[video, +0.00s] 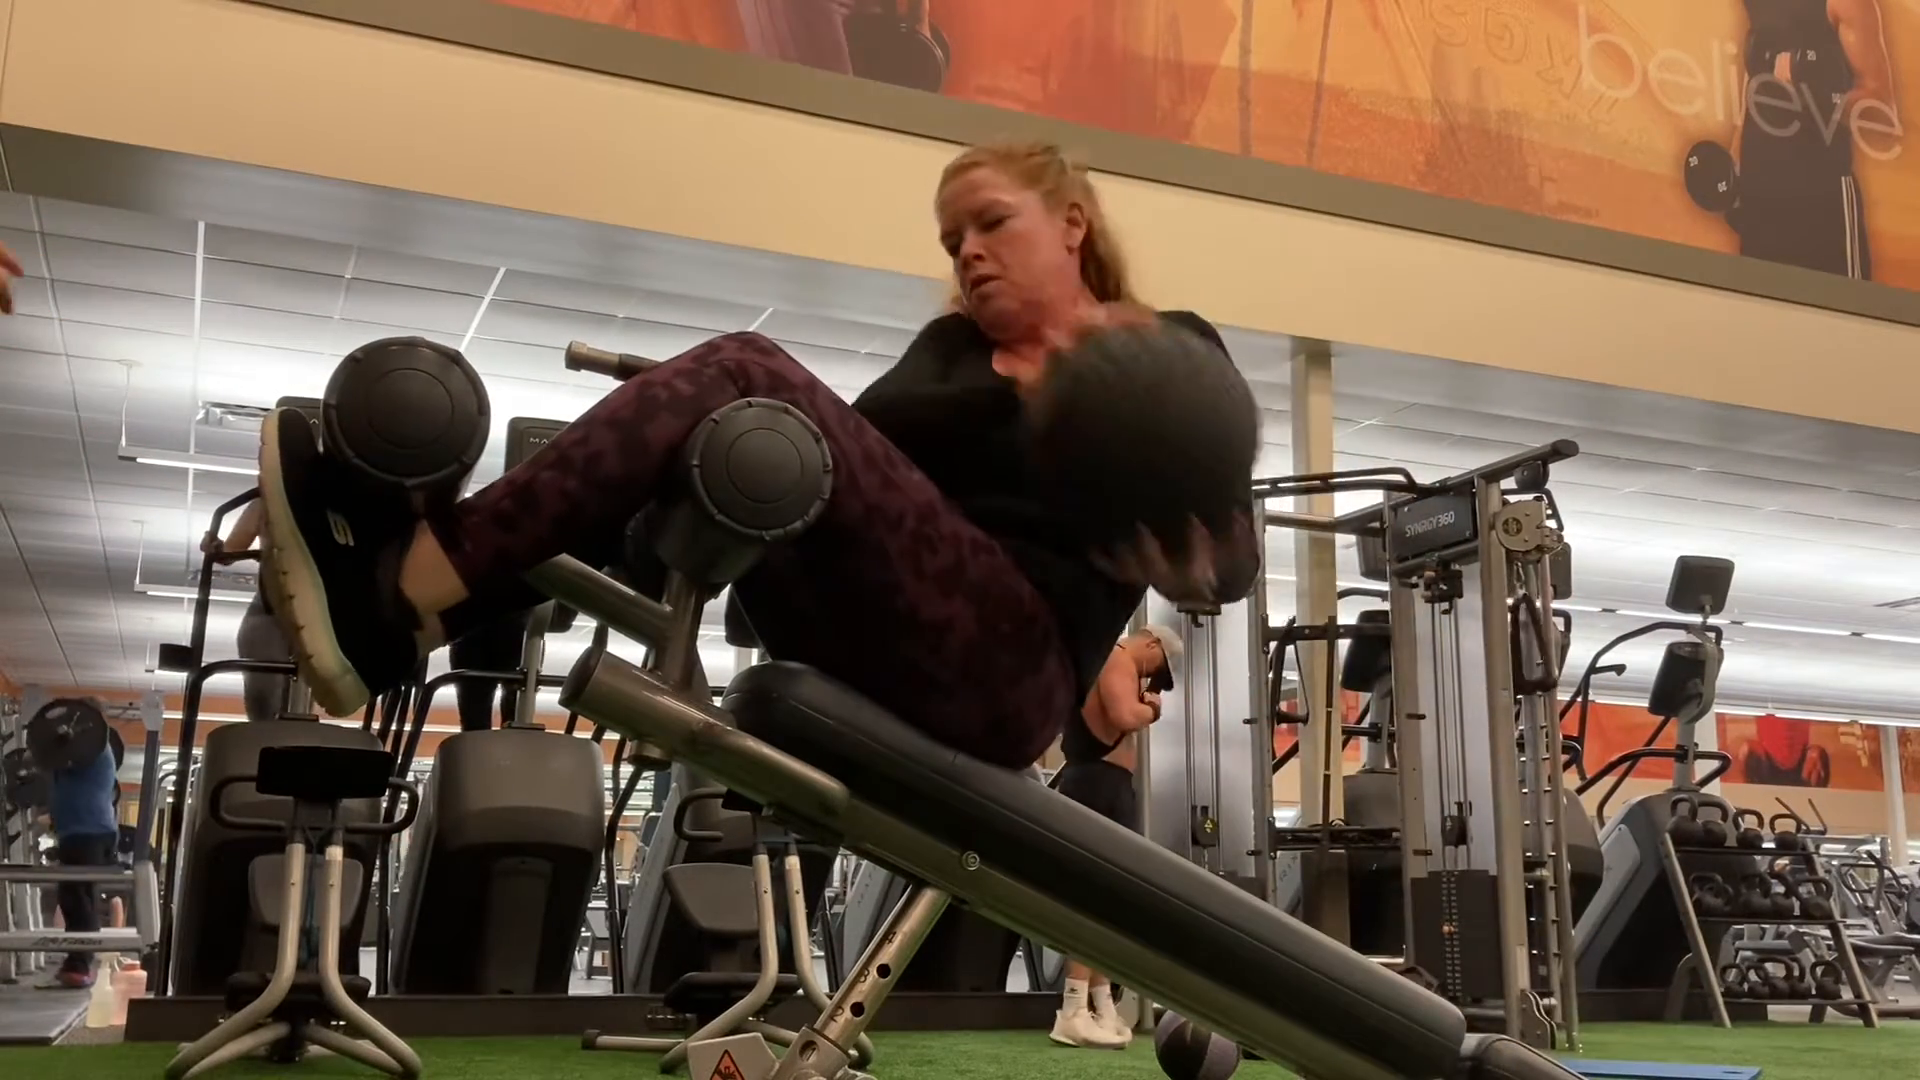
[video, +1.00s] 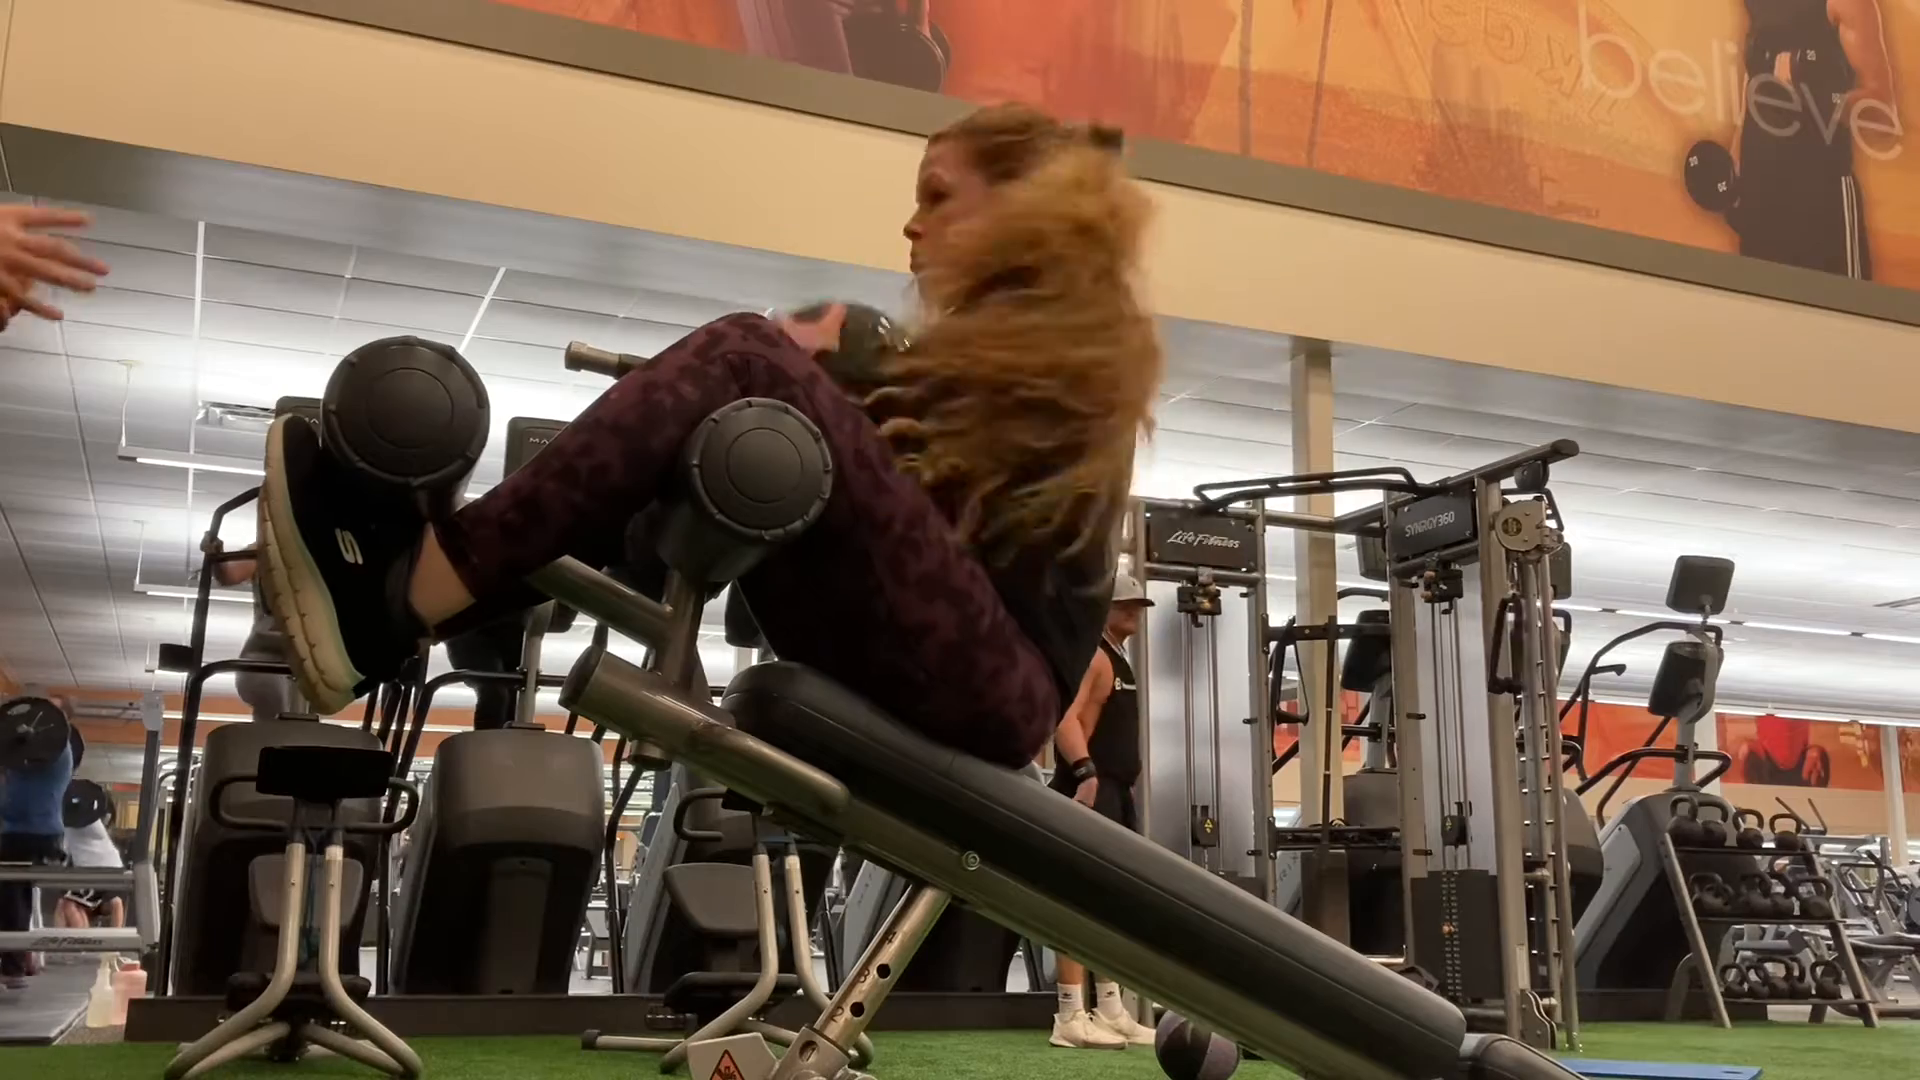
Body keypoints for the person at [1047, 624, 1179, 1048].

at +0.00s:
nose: (1152, 673)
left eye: (1156, 670)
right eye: (1156, 664)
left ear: (1142, 641)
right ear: (1150, 643)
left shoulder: (1101, 655)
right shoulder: (1120, 657)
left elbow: (1096, 723)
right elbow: (1121, 716)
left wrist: (1143, 700)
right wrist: (1152, 710)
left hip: (1088, 782)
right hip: (1100, 785)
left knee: (1101, 900)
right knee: (1090, 900)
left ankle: (1102, 1009)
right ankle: (1072, 1013)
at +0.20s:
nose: (1151, 671)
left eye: (1156, 668)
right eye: (1155, 665)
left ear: (1148, 647)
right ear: (1149, 645)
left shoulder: (1123, 670)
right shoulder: (1111, 660)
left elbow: (1112, 726)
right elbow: (1094, 715)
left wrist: (1136, 709)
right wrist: (1136, 710)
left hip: (1108, 786)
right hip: (1087, 784)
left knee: (1100, 900)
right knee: (1082, 899)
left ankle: (1101, 1010)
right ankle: (1071, 1016)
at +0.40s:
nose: (1145, 665)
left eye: (1150, 662)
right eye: (1149, 658)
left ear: (1139, 642)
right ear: (1139, 640)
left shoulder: (1117, 670)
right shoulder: (1098, 656)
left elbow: (1121, 737)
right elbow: (1075, 712)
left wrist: (1138, 715)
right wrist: (1125, 708)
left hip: (1110, 786)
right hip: (1084, 783)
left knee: (1101, 900)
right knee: (1076, 899)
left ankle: (1103, 1012)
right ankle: (1069, 1017)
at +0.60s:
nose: (1145, 656)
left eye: (1149, 650)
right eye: (1146, 646)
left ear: (1134, 632)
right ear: (1131, 628)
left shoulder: (1117, 663)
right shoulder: (1090, 654)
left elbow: (1107, 722)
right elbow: (1063, 711)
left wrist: (1131, 743)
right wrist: (1116, 738)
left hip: (1108, 784)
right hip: (1079, 783)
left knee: (1106, 898)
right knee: (1076, 900)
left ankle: (1106, 1009)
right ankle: (1070, 1018)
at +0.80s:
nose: (1144, 628)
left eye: (1148, 619)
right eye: (1140, 617)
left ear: (1135, 618)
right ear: (1115, 610)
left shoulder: (1119, 662)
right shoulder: (1089, 657)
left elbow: (1114, 728)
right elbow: (1060, 715)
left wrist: (1139, 760)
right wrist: (1094, 763)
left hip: (1107, 798)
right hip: (1075, 797)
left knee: (1104, 902)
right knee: (1072, 904)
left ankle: (1108, 1009)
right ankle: (1071, 1017)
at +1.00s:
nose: (1138, 615)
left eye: (1140, 608)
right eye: (1130, 607)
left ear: (1132, 613)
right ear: (1108, 609)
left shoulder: (1120, 660)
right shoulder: (1096, 657)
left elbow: (1112, 727)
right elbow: (1066, 719)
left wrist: (1127, 779)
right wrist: (1085, 772)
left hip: (1115, 790)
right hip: (1088, 788)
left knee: (1107, 900)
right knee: (1077, 900)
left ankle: (1108, 1008)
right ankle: (1070, 1015)